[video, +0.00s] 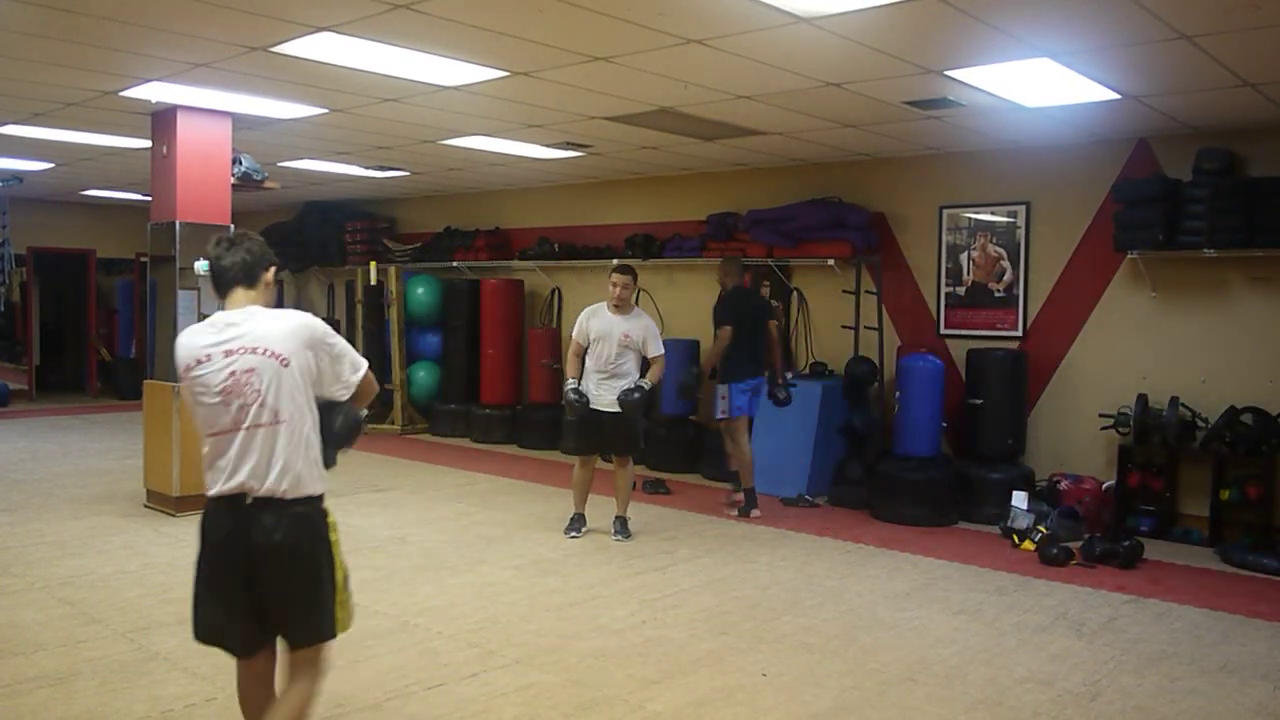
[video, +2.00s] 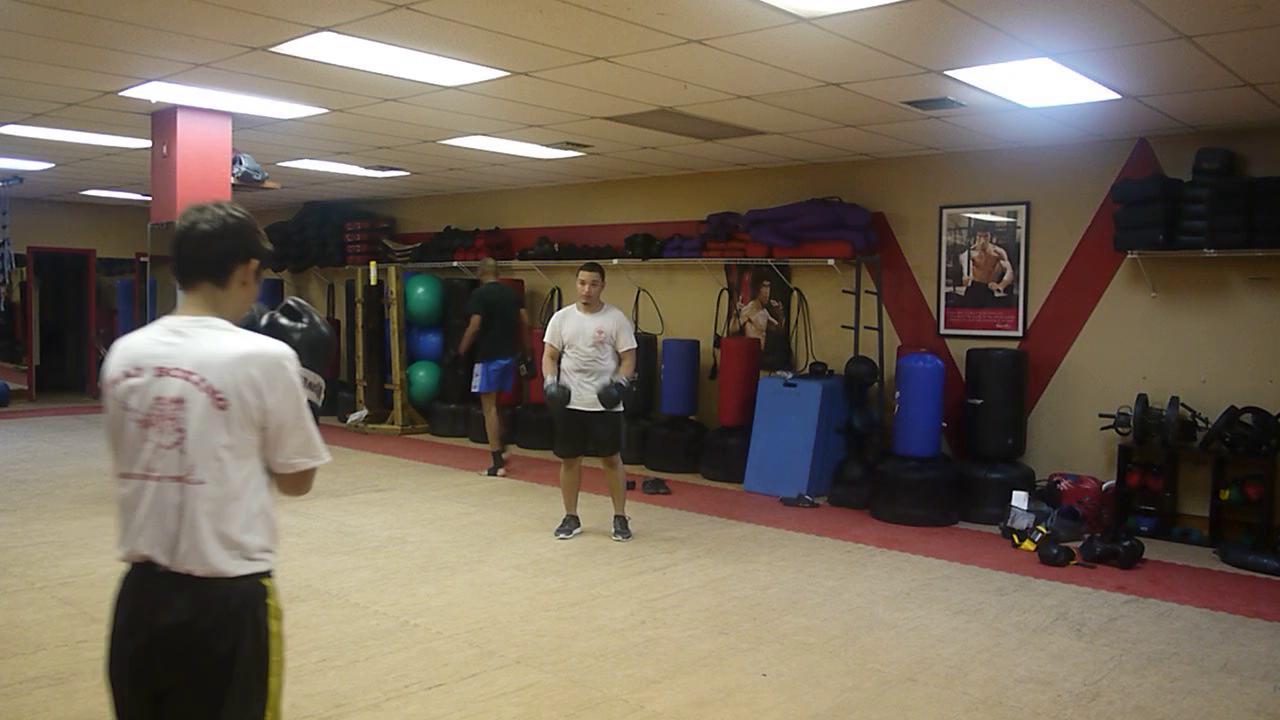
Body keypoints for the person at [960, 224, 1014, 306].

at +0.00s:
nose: (982, 241)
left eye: (986, 236)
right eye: (979, 236)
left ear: (990, 237)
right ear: (976, 237)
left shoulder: (999, 252)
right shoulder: (971, 252)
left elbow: (1009, 272)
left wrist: (1000, 286)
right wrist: (967, 277)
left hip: (990, 288)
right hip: (974, 286)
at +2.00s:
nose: (982, 241)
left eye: (985, 237)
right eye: (979, 237)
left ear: (990, 237)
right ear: (976, 237)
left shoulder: (999, 252)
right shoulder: (971, 252)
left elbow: (1009, 272)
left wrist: (1000, 286)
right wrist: (966, 278)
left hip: (990, 288)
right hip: (974, 286)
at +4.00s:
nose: (983, 241)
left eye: (985, 237)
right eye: (979, 237)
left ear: (990, 237)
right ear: (975, 237)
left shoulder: (998, 252)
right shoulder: (971, 253)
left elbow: (1009, 272)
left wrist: (1000, 286)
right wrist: (966, 279)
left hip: (992, 288)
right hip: (975, 287)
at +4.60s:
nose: (983, 241)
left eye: (985, 237)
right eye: (979, 237)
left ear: (990, 237)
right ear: (975, 237)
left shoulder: (998, 252)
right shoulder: (971, 253)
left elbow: (1009, 272)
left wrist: (1000, 286)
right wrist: (966, 279)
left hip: (992, 288)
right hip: (975, 287)